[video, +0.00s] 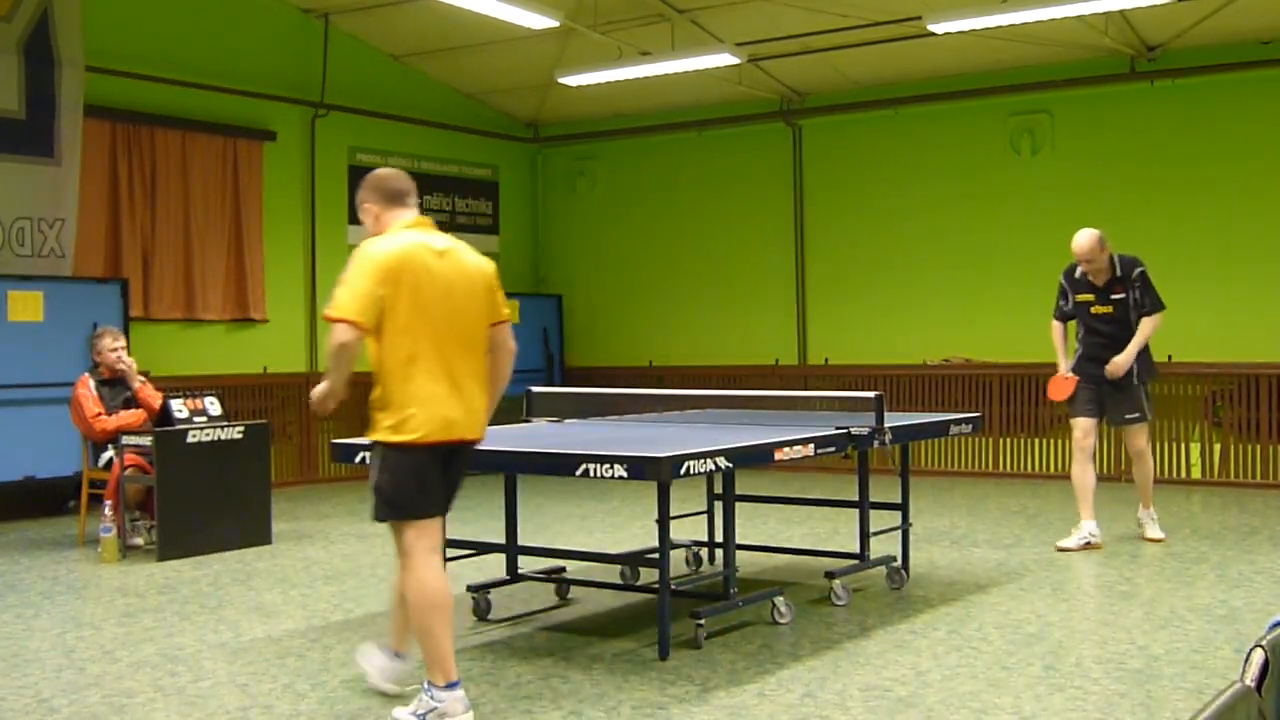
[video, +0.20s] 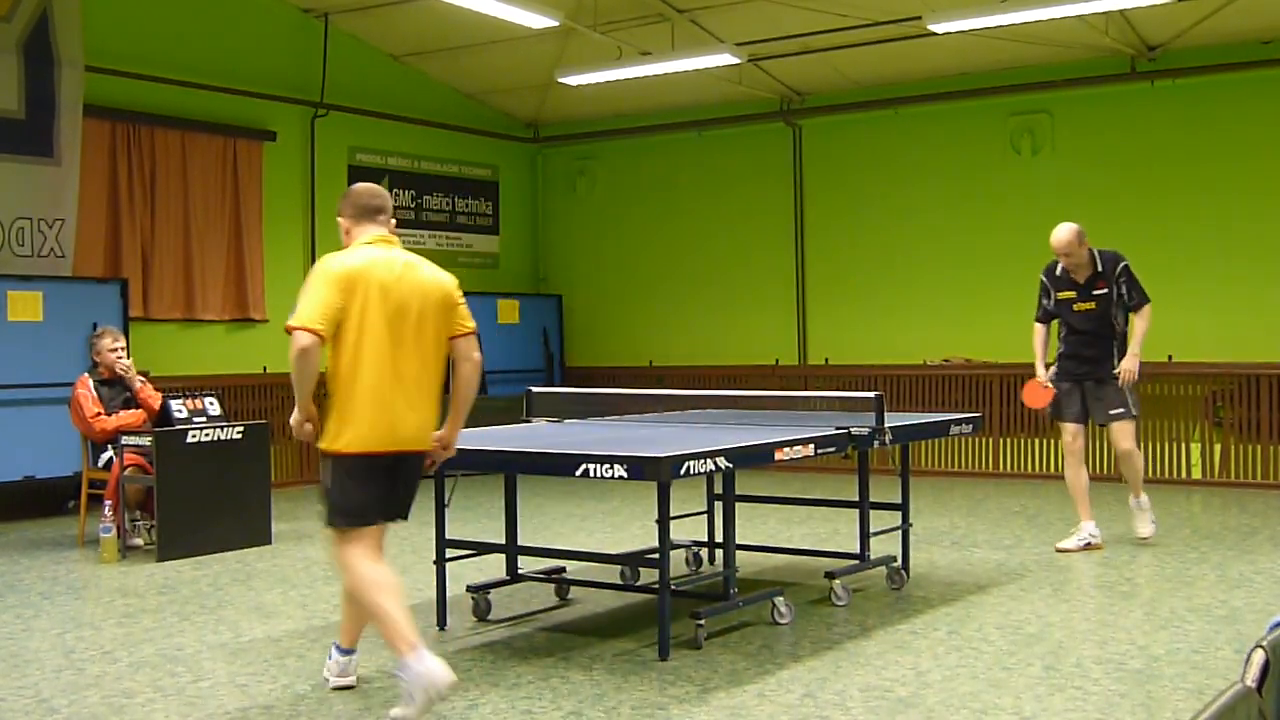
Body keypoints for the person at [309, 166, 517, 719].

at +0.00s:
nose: (361, 225)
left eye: (360, 217)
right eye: (361, 217)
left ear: (371, 210)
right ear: (416, 205)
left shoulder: (377, 253)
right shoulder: (475, 261)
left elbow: (345, 337)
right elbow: (504, 347)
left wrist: (333, 385)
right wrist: (480, 409)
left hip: (409, 424)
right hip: (464, 424)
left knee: (423, 554)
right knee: (417, 543)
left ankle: (445, 690)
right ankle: (395, 658)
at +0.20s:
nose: (338, 233)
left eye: (338, 226)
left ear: (344, 224)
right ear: (393, 223)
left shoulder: (335, 268)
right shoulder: (438, 278)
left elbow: (305, 342)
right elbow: (470, 356)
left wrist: (302, 407)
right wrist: (452, 428)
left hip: (355, 434)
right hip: (411, 434)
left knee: (356, 549)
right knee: (368, 545)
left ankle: (418, 661)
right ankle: (343, 656)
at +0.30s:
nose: (331, 228)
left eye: (330, 222)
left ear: (333, 221)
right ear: (382, 222)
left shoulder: (315, 263)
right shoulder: (420, 275)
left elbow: (283, 335)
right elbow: (451, 353)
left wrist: (300, 393)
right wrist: (436, 423)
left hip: (328, 432)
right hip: (392, 433)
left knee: (310, 538)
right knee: (362, 535)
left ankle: (356, 622)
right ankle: (347, 653)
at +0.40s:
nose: (330, 222)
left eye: (326, 215)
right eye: (371, 214)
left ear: (324, 216)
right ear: (374, 218)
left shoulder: (301, 261)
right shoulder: (410, 269)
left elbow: (265, 330)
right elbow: (441, 348)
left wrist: (288, 378)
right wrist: (425, 414)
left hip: (314, 427)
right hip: (379, 429)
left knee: (298, 524)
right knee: (360, 534)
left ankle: (316, 622)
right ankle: (345, 656)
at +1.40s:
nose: (369, 282)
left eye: (371, 274)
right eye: (368, 273)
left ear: (343, 267)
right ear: (344, 266)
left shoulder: (333, 312)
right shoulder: (282, 300)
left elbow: (343, 375)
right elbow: (264, 380)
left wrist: (379, 412)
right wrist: (329, 408)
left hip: (294, 425)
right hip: (247, 426)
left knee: (335, 510)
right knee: (271, 528)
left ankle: (334, 616)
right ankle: (221, 636)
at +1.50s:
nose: (387, 301)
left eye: (390, 292)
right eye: (385, 292)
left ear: (361, 285)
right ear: (358, 284)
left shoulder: (356, 328)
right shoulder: (293, 310)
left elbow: (360, 389)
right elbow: (269, 386)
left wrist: (398, 421)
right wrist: (336, 411)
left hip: (303, 426)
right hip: (248, 423)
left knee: (340, 514)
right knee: (258, 524)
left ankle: (333, 618)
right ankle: (220, 633)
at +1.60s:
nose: (394, 316)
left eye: (397, 307)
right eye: (390, 306)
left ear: (367, 298)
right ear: (363, 297)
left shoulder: (366, 337)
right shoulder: (298, 317)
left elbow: (367, 398)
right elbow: (275, 393)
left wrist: (406, 424)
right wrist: (341, 414)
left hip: (303, 427)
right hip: (247, 421)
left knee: (343, 514)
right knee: (245, 518)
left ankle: (333, 617)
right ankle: (206, 628)